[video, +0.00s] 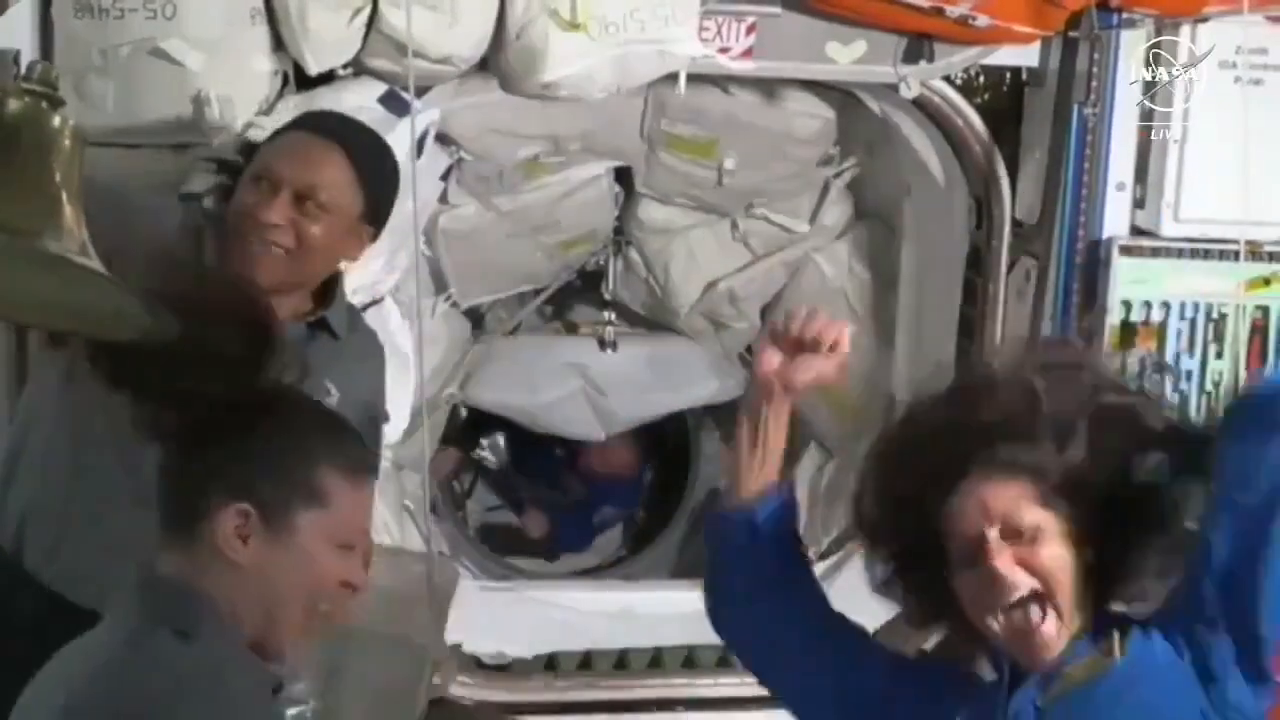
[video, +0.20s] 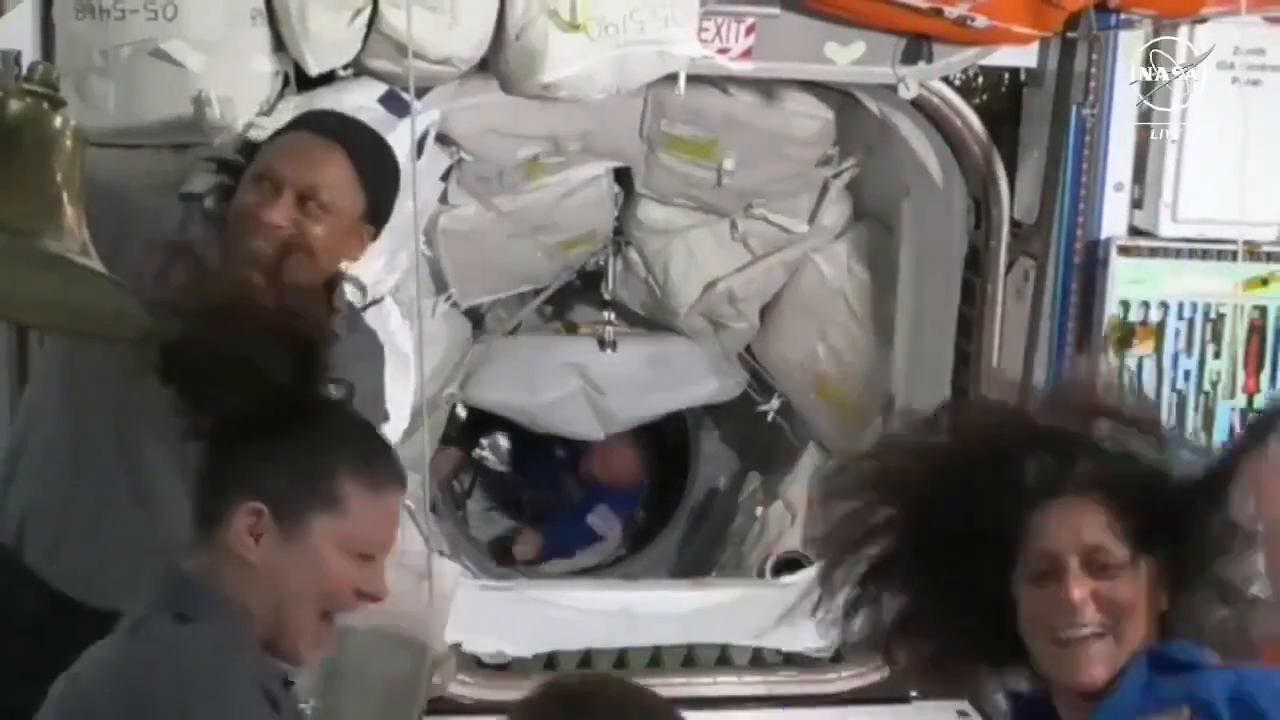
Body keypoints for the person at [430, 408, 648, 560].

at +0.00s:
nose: (596, 457)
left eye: (608, 463)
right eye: (603, 449)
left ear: (620, 476)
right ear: (603, 438)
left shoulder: (616, 500)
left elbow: (581, 533)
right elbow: (495, 415)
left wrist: (549, 530)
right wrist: (456, 449)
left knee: (546, 544)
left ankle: (480, 535)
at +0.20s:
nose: (598, 464)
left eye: (608, 471)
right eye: (606, 455)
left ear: (619, 487)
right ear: (608, 440)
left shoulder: (607, 514)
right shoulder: (581, 426)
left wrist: (539, 546)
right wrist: (460, 446)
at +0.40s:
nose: (604, 470)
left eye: (618, 477)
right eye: (613, 458)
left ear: (629, 492)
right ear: (614, 441)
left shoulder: (609, 520)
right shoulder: (582, 429)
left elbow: (570, 551)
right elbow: (502, 412)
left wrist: (521, 561)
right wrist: (457, 447)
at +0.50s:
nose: (598, 473)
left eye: (612, 481)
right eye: (608, 460)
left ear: (627, 499)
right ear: (611, 442)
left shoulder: (609, 523)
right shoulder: (584, 437)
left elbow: (571, 554)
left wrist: (513, 562)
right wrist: (462, 443)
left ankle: (461, 468)